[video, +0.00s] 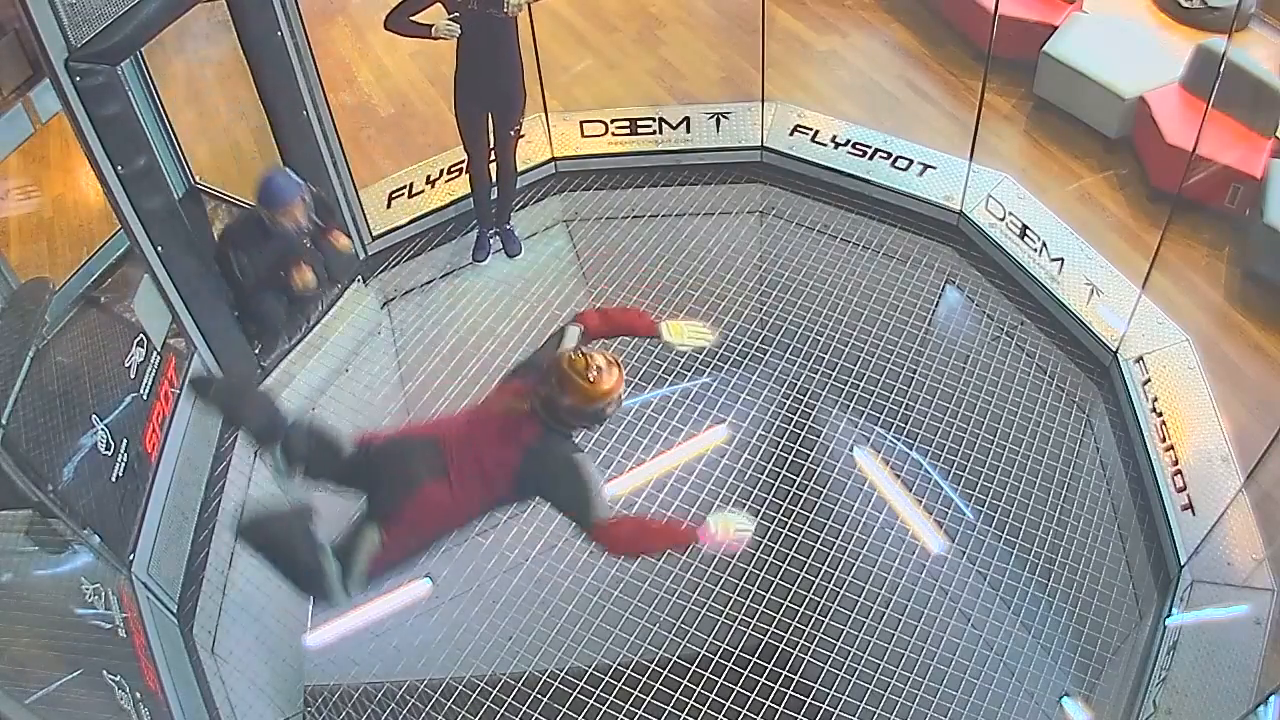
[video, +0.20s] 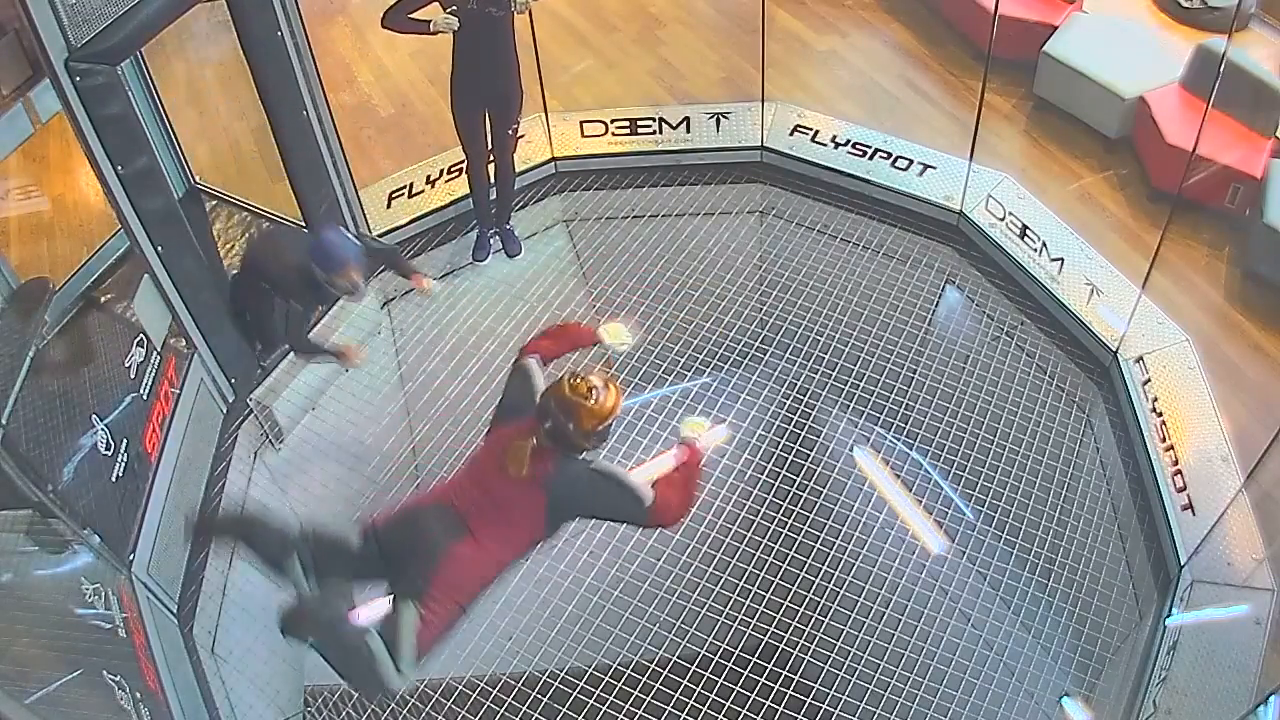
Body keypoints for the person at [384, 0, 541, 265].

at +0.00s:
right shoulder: (445, 1)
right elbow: (393, 20)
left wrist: (523, 3)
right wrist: (432, 30)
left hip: (509, 78)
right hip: (470, 81)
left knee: (506, 155)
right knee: (477, 158)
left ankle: (504, 225)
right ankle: (484, 230)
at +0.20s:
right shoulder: (442, 1)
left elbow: (519, 8)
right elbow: (390, 18)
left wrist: (521, 6)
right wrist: (430, 26)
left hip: (505, 79)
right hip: (466, 82)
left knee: (505, 154)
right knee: (476, 158)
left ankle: (504, 225)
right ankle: (484, 229)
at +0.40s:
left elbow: (518, 7)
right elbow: (387, 15)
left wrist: (519, 4)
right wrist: (428, 21)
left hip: (504, 77)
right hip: (466, 81)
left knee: (504, 154)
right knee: (477, 158)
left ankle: (504, 225)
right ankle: (485, 229)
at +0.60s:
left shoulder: (508, 2)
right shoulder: (441, 1)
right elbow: (387, 19)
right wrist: (429, 24)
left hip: (503, 82)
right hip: (464, 86)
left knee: (503, 155)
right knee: (475, 159)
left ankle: (504, 225)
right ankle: (484, 229)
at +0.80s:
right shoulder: (439, 1)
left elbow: (520, 4)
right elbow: (384, 18)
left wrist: (524, 1)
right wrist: (426, 26)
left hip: (502, 81)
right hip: (462, 85)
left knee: (503, 156)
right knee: (474, 161)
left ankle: (504, 225)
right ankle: (484, 230)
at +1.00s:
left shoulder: (503, 0)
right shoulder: (438, 1)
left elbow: (535, 1)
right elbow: (383, 17)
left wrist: (526, 4)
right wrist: (425, 26)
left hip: (501, 82)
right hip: (461, 86)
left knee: (502, 156)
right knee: (473, 161)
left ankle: (504, 225)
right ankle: (484, 230)